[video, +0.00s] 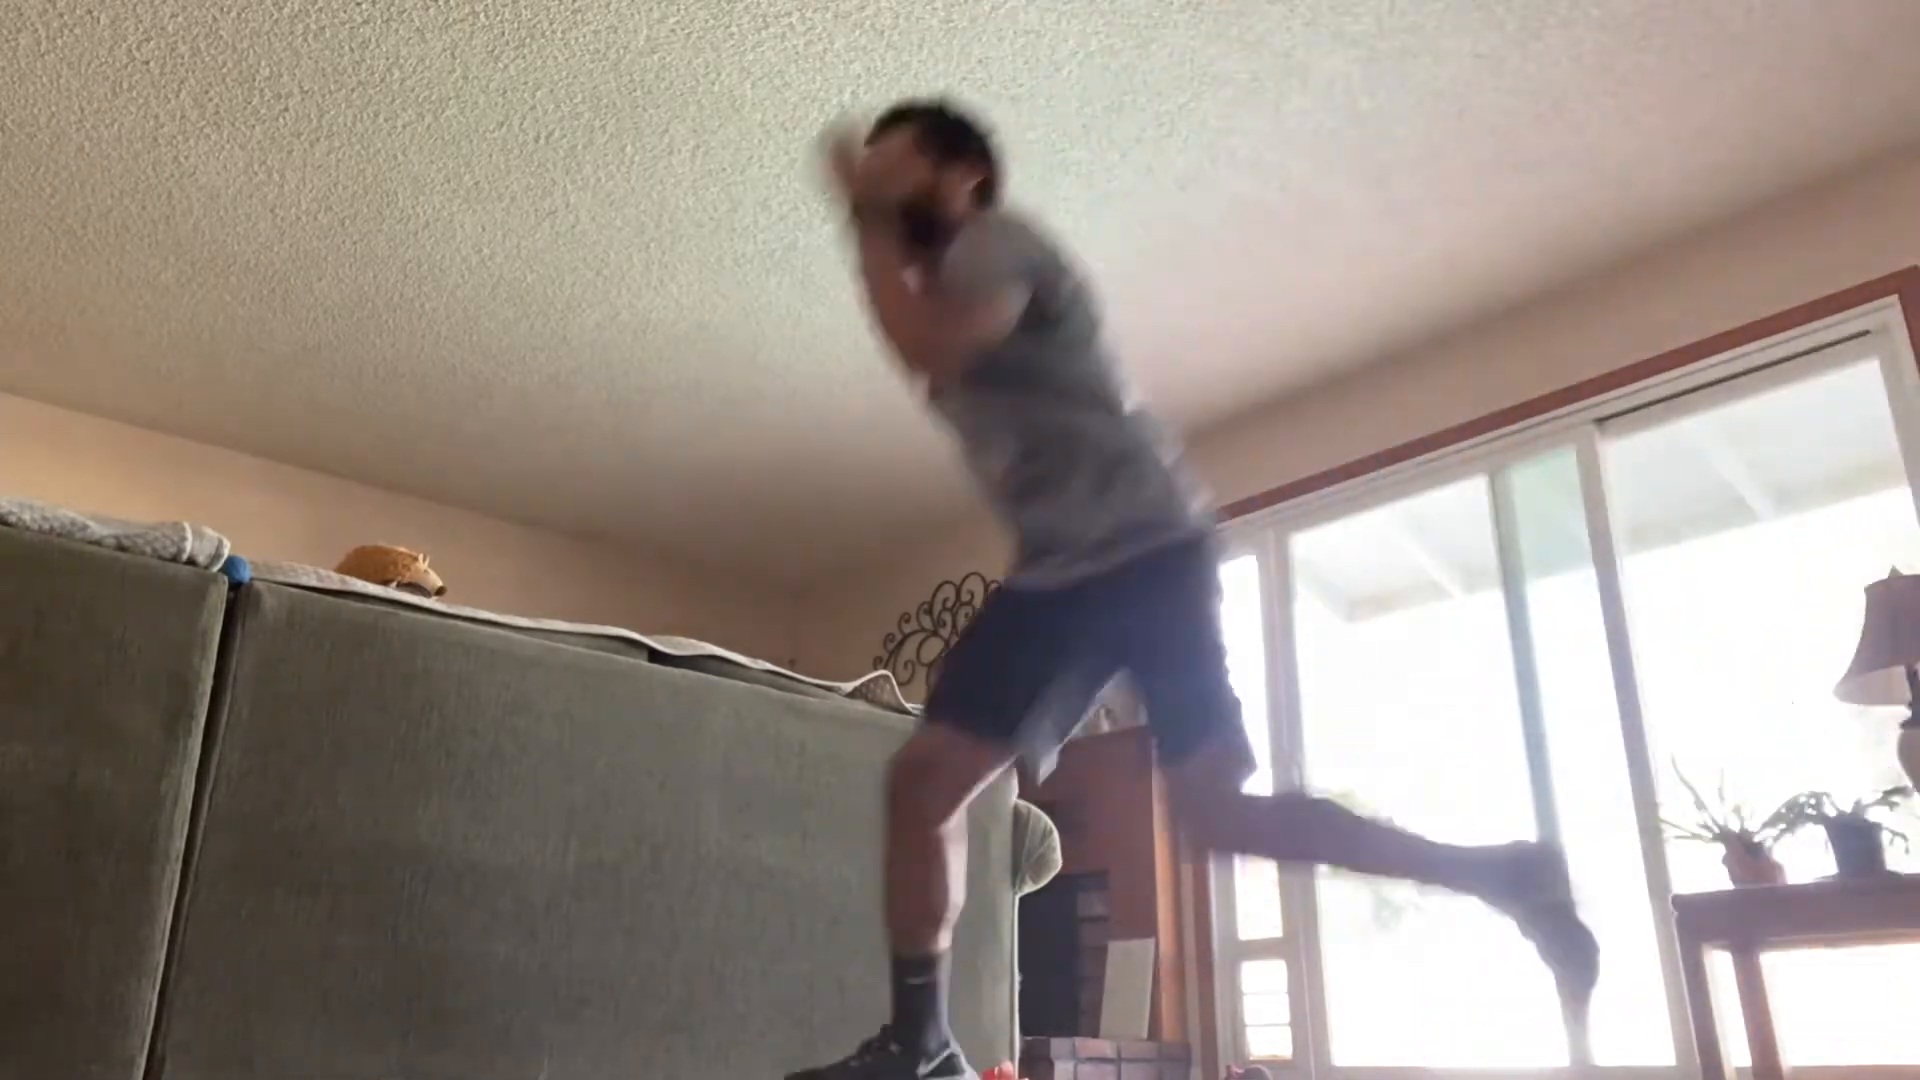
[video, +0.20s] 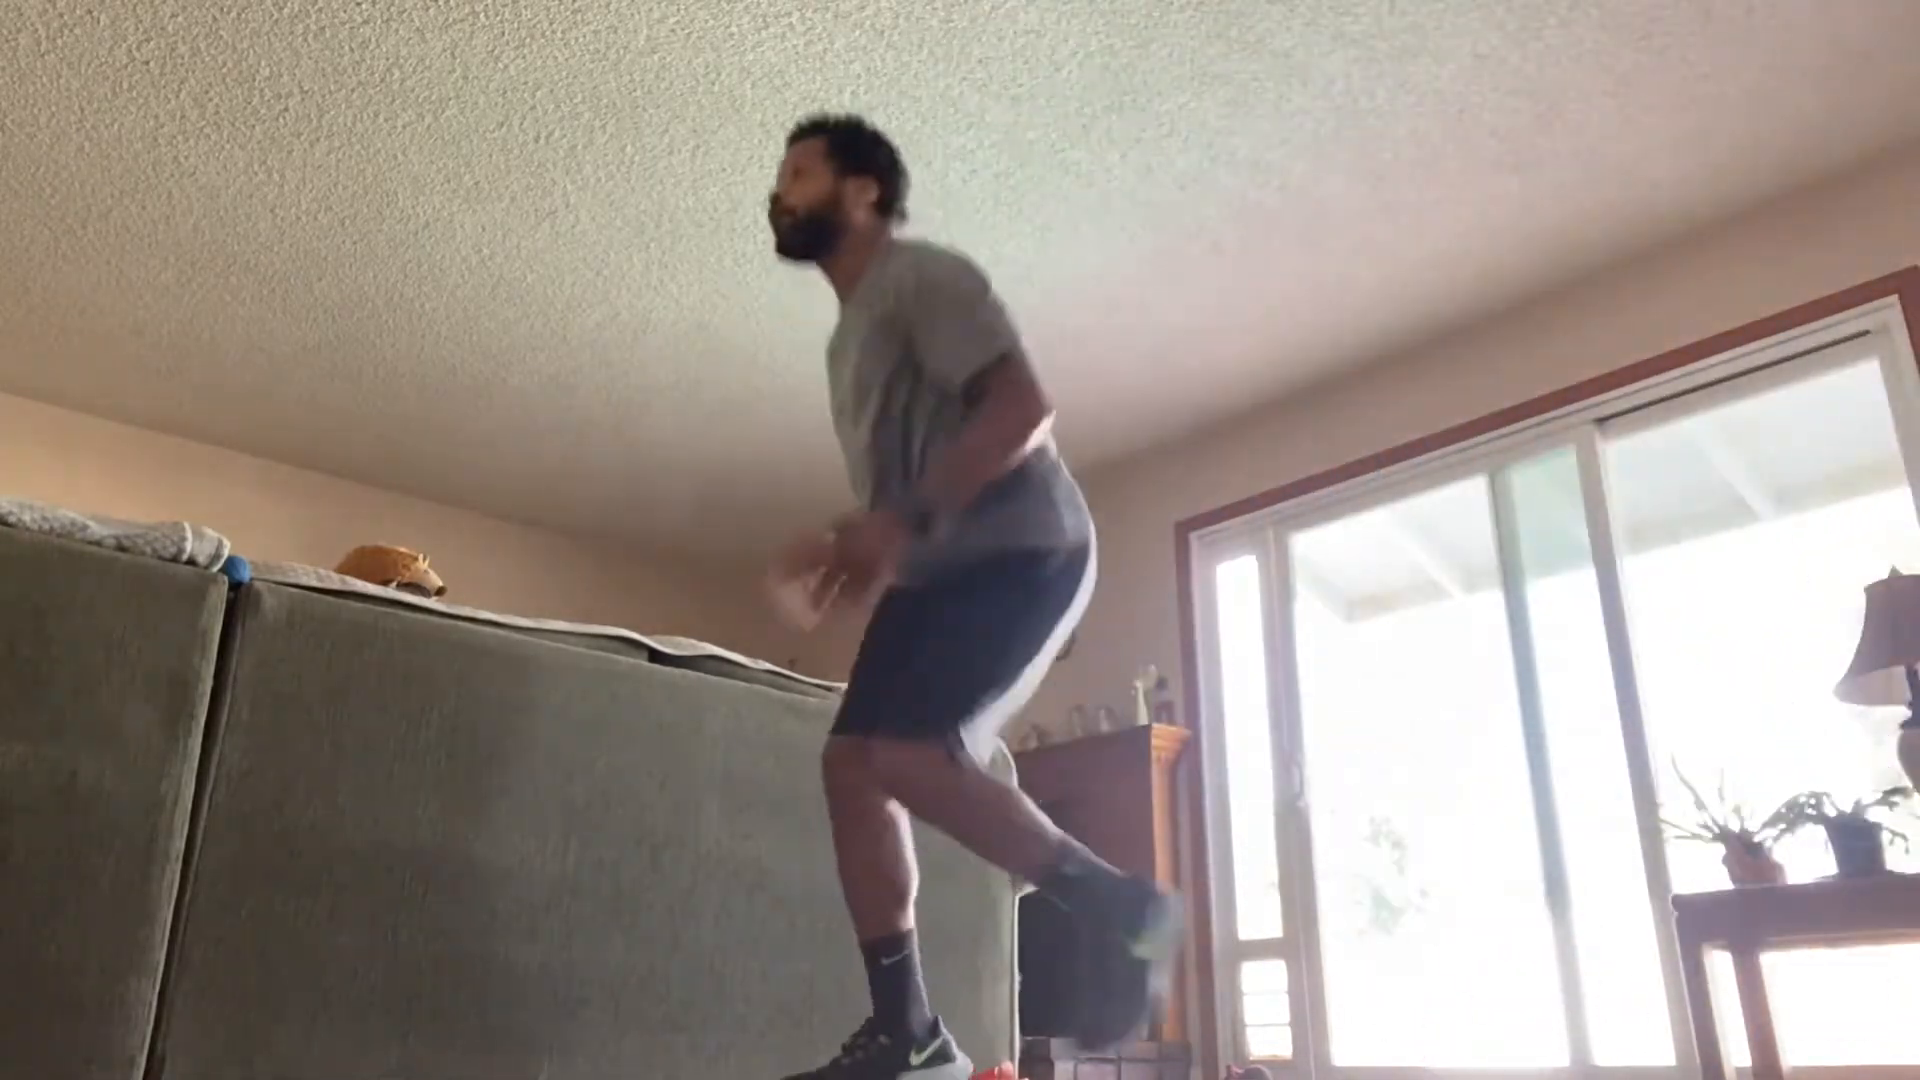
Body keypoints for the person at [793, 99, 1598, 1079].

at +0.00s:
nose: (864, 177)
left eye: (886, 157)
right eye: (867, 163)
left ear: (960, 176)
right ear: (930, 187)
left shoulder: (1000, 243)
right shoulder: (941, 277)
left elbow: (931, 348)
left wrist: (869, 218)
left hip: (1151, 557)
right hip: (1054, 579)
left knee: (1213, 810)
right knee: (922, 781)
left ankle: (1505, 874)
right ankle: (917, 1042)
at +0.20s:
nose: (778, 192)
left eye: (798, 174)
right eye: (779, 178)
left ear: (863, 190)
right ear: (829, 199)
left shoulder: (925, 274)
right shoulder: (852, 338)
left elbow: (1021, 405)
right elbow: (906, 482)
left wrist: (903, 519)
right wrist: (852, 553)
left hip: (1016, 547)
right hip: (947, 566)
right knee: (851, 765)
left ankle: (1117, 902)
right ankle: (905, 1031)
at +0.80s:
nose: (824, 62)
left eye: (848, 49)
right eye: (827, 54)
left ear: (903, 78)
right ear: (854, 94)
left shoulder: (937, 151)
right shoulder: (823, 229)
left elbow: (1038, 149)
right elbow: (743, 332)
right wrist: (623, 275)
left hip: (951, 448)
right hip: (852, 479)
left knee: (940, 659)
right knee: (803, 695)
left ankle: (1050, 939)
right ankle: (833, 953)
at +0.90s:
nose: (833, 104)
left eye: (858, 93)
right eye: (834, 97)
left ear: (913, 122)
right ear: (848, 139)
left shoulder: (945, 183)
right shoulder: (824, 260)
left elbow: (1016, 64)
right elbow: (734, 290)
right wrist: (727, 156)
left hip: (961, 492)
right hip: (856, 523)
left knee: (969, 703)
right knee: (798, 758)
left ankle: (1117, 967)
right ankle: (811, 994)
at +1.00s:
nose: (839, 155)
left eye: (864, 143)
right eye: (834, 149)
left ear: (915, 171)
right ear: (841, 186)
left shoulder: (943, 239)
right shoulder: (827, 300)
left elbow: (983, 69)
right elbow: (758, 279)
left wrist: (891, 52)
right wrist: (806, 171)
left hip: (961, 554)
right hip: (860, 579)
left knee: (956, 762)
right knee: (798, 818)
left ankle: (1143, 1017)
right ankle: (824, 1040)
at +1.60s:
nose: (831, 58)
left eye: (855, 43)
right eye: (832, 51)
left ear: (912, 68)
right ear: (847, 92)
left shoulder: (942, 148)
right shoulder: (829, 221)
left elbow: (1032, 225)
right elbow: (803, 364)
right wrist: (668, 363)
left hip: (941, 439)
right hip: (850, 460)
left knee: (932, 655)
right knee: (839, 697)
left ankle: (1013, 943)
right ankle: (879, 958)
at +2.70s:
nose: (894, 170)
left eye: (907, 143)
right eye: (884, 154)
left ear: (966, 153)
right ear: (908, 175)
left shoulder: (1084, 219)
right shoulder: (920, 305)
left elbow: (1251, 254)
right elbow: (876, 383)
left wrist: (1399, 285)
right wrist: (889, 202)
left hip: (1165, 493)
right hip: (1046, 551)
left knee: (1192, 598)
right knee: (944, 790)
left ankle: (1373, 864)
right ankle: (887, 1021)